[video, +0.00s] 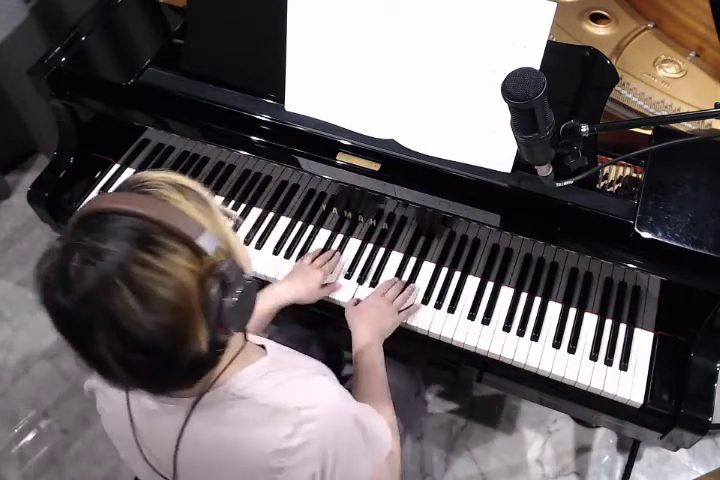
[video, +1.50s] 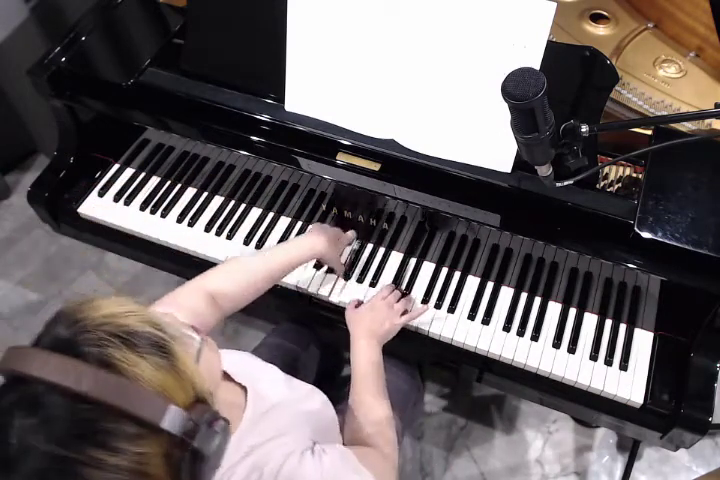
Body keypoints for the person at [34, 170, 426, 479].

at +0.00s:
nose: (229, 224)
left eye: (216, 219)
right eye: (220, 226)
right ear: (220, 293)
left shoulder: (110, 376)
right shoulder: (308, 414)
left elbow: (204, 339)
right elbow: (384, 461)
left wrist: (280, 294)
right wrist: (368, 345)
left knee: (307, 319)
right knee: (393, 361)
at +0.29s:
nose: (185, 232)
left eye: (172, 230)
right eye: (175, 238)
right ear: (172, 315)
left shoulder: (93, 377)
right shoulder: (280, 426)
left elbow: (192, 350)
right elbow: (385, 467)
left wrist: (288, 301)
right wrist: (374, 356)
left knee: (304, 320)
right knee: (398, 376)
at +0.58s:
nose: (161, 257)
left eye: (148, 256)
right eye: (150, 266)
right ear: (150, 352)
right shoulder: (266, 433)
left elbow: (186, 334)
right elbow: (387, 458)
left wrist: (289, 293)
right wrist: (380, 359)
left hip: (252, 362)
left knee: (303, 323)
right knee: (396, 370)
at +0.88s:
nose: (146, 287)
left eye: (128, 287)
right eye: (134, 299)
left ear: (141, 366)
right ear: (140, 369)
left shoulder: (135, 376)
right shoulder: (262, 453)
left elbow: (186, 325)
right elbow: (392, 463)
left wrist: (291, 276)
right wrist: (387, 355)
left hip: (256, 369)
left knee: (304, 313)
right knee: (393, 365)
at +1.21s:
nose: (168, 317)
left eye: (147, 317)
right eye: (154, 334)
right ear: (152, 397)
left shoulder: (150, 373)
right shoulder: (262, 463)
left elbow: (188, 312)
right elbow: (380, 467)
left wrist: (297, 263)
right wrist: (374, 349)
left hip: (262, 374)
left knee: (308, 318)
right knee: (397, 368)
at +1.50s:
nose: (191, 333)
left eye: (174, 333)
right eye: (187, 348)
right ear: (183, 407)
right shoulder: (278, 469)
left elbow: (207, 298)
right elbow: (378, 465)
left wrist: (306, 244)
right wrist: (366, 343)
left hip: (258, 372)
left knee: (301, 328)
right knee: (397, 369)